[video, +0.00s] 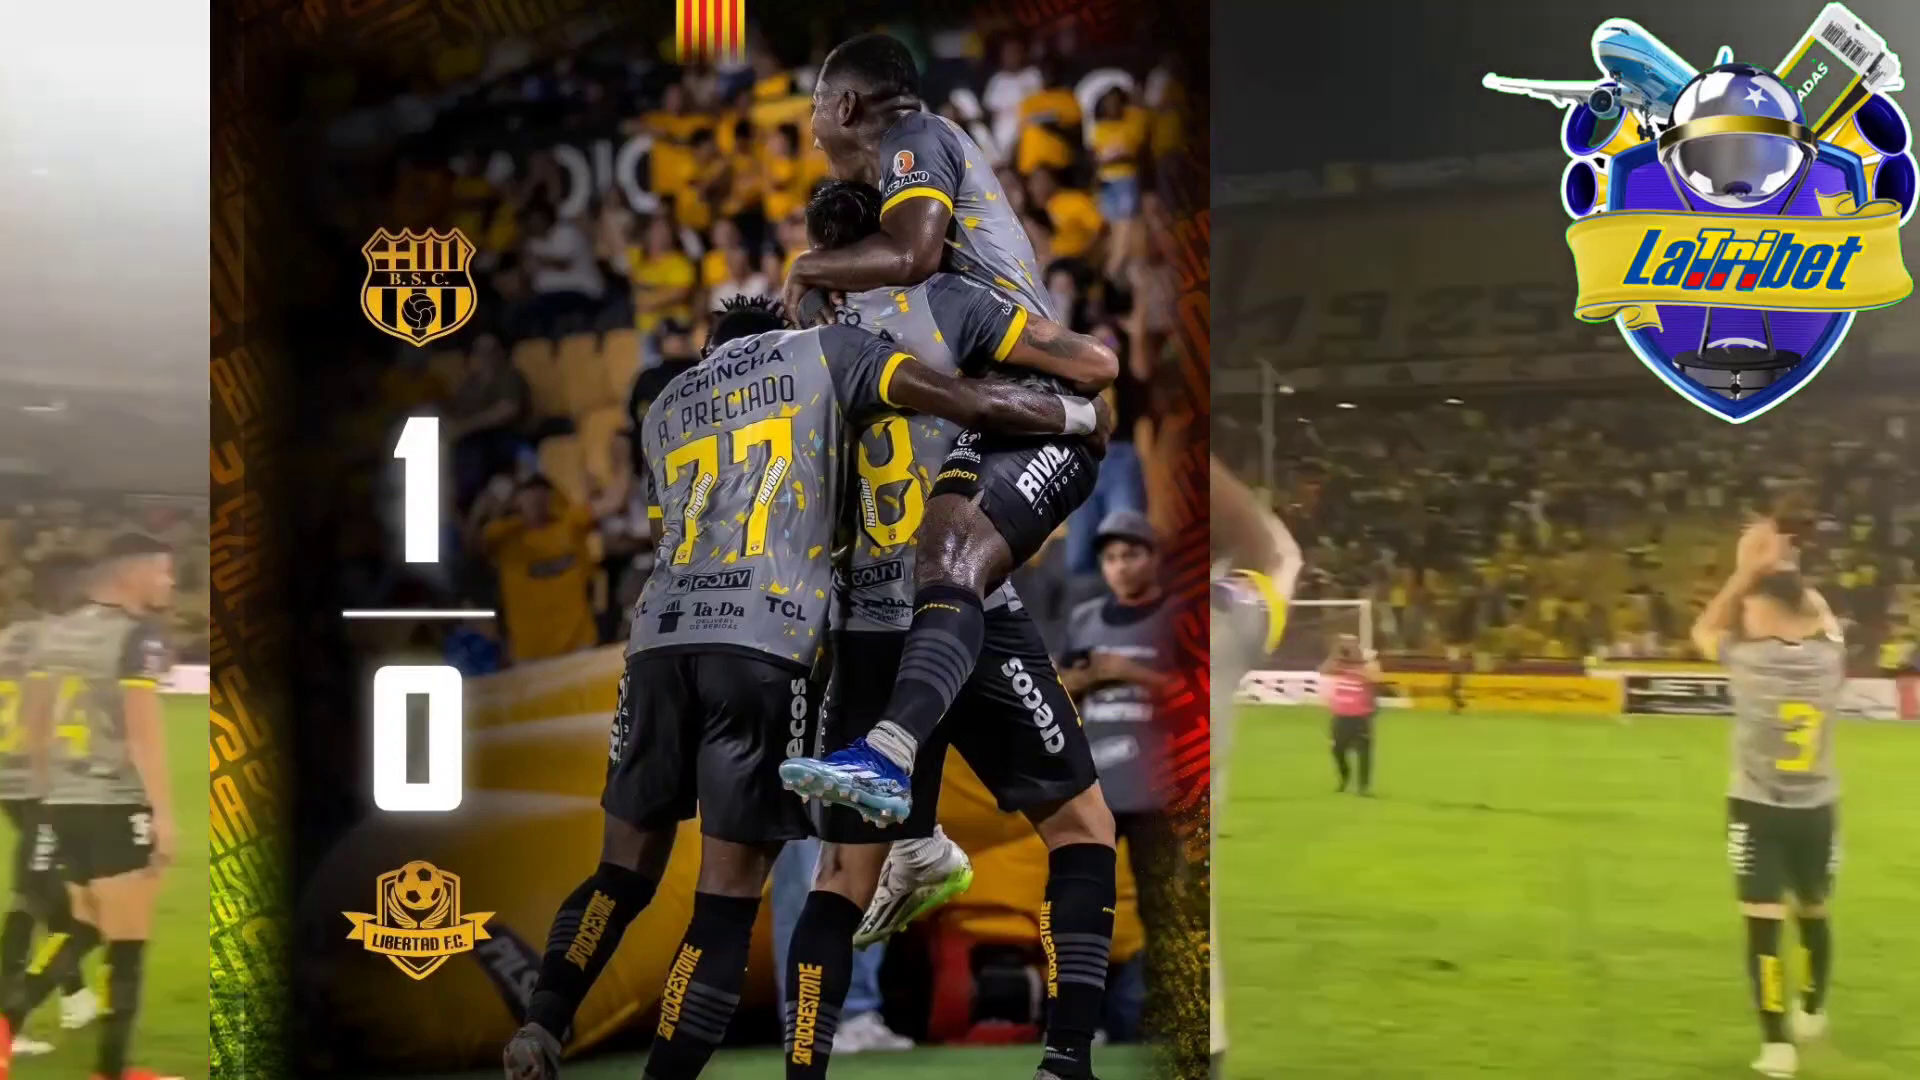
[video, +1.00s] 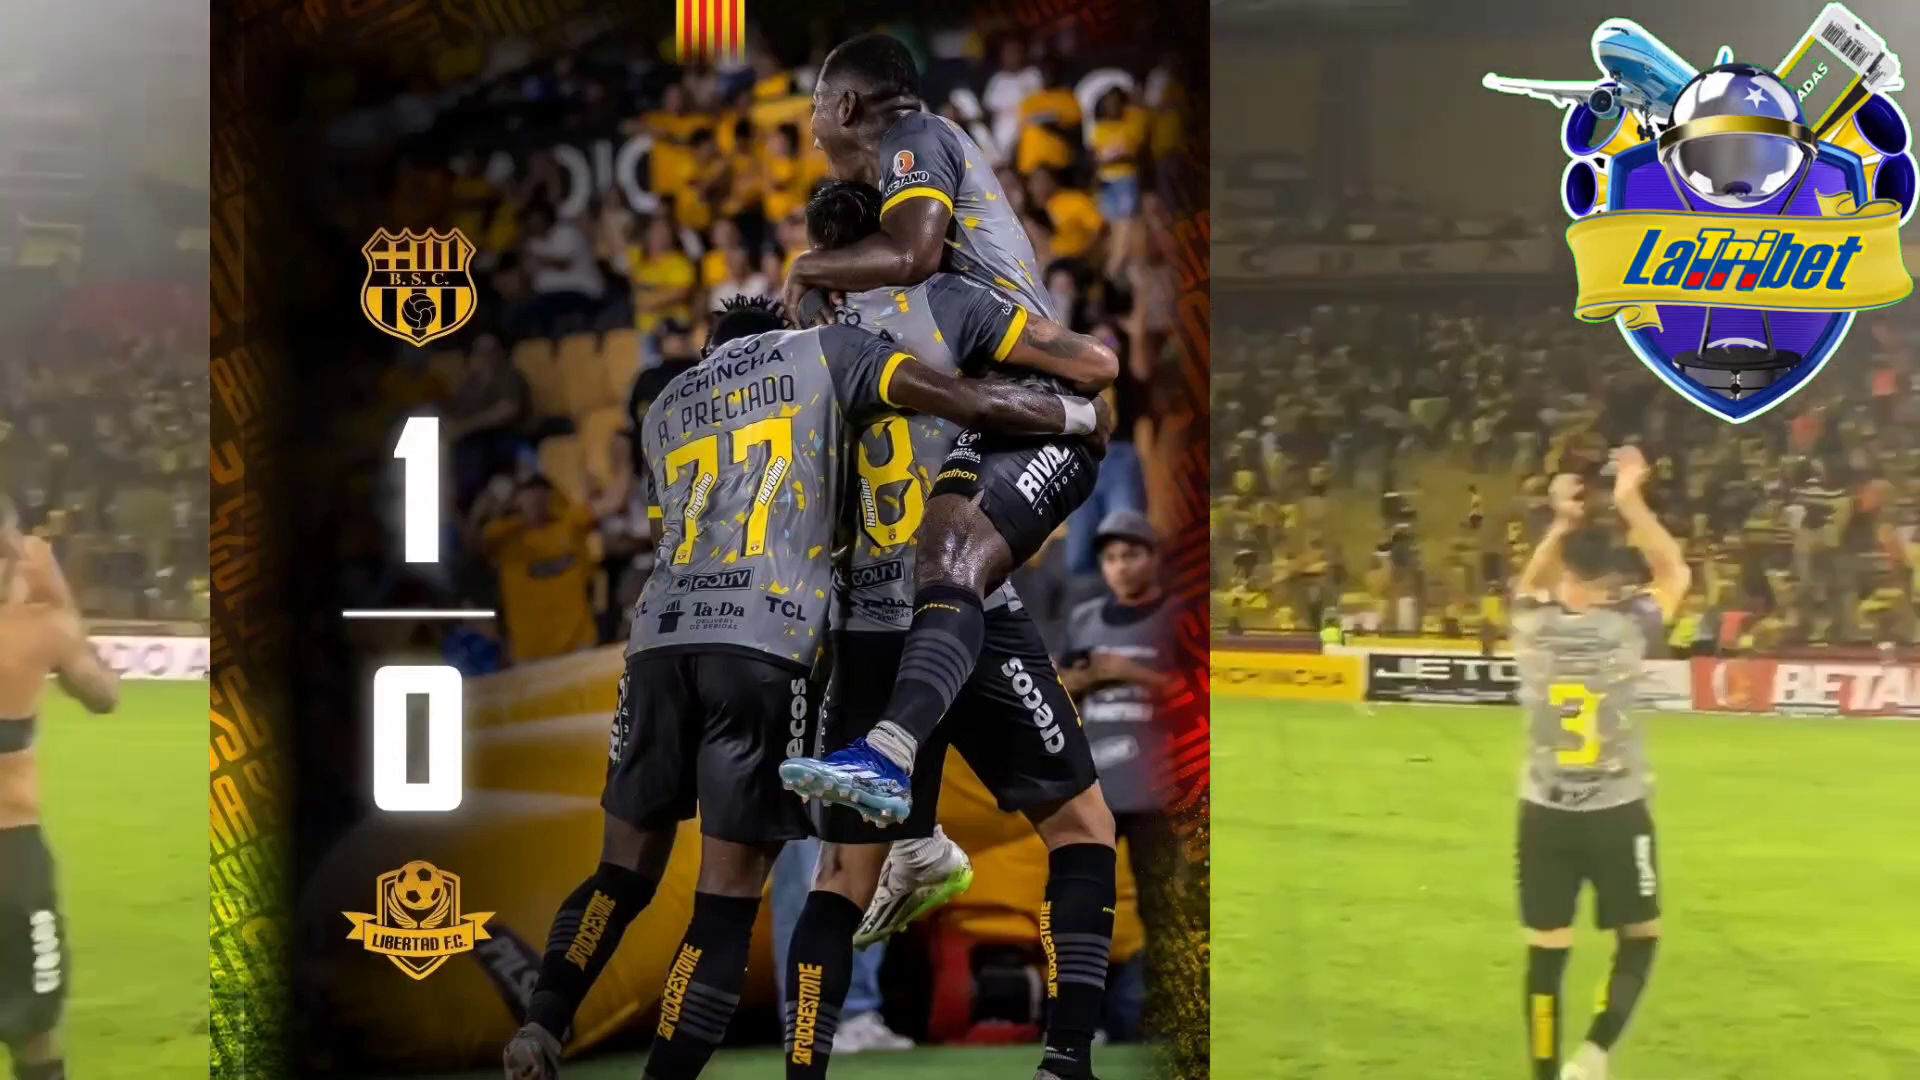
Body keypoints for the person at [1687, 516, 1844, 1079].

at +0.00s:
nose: (1743, 621)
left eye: (1749, 614)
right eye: (1748, 611)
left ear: (1761, 616)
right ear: (1803, 610)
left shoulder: (1745, 657)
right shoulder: (1830, 652)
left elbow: (1703, 629)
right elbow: (1819, 609)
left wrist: (1743, 576)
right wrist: (1790, 577)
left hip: (1756, 805)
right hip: (1815, 804)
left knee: (1762, 921)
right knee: (1814, 910)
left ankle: (1776, 1041)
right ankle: (1814, 1009)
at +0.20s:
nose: (1660, 601)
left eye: (1664, 595)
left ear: (1668, 602)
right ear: (1722, 600)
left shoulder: (1652, 652)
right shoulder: (1741, 650)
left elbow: (1623, 609)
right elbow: (1740, 588)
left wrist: (1647, 548)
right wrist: (1705, 526)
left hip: (1671, 812)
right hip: (1734, 812)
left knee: (1661, 929)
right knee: (1723, 921)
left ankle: (1676, 1030)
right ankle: (1715, 1039)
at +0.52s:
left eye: (1714, 570)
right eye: (1748, 569)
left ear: (1707, 582)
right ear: (1766, 579)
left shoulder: (1689, 634)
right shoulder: (1785, 629)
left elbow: (1676, 587)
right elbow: (1799, 566)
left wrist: (1703, 531)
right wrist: (1758, 503)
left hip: (1704, 811)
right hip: (1774, 811)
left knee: (1694, 924)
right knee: (1764, 946)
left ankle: (1701, 1054)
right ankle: (1752, 1073)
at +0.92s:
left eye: (1631, 559)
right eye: (1684, 563)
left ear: (1626, 565)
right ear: (1682, 569)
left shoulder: (1598, 623)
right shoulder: (1703, 623)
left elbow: (1604, 568)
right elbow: (1739, 565)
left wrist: (1658, 503)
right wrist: (1692, 504)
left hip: (1613, 809)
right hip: (1684, 813)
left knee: (1620, 934)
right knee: (1696, 947)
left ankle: (1621, 1068)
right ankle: (1661, 1045)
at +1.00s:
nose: (1622, 588)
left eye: (1574, 573)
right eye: (1615, 577)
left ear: (1564, 576)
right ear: (1613, 580)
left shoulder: (1531, 627)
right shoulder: (1630, 630)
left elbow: (1531, 583)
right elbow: (1673, 570)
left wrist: (1559, 527)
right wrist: (1630, 501)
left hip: (1544, 810)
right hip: (1618, 812)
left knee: (1545, 947)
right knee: (1639, 938)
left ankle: (1541, 1069)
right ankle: (1595, 1052)